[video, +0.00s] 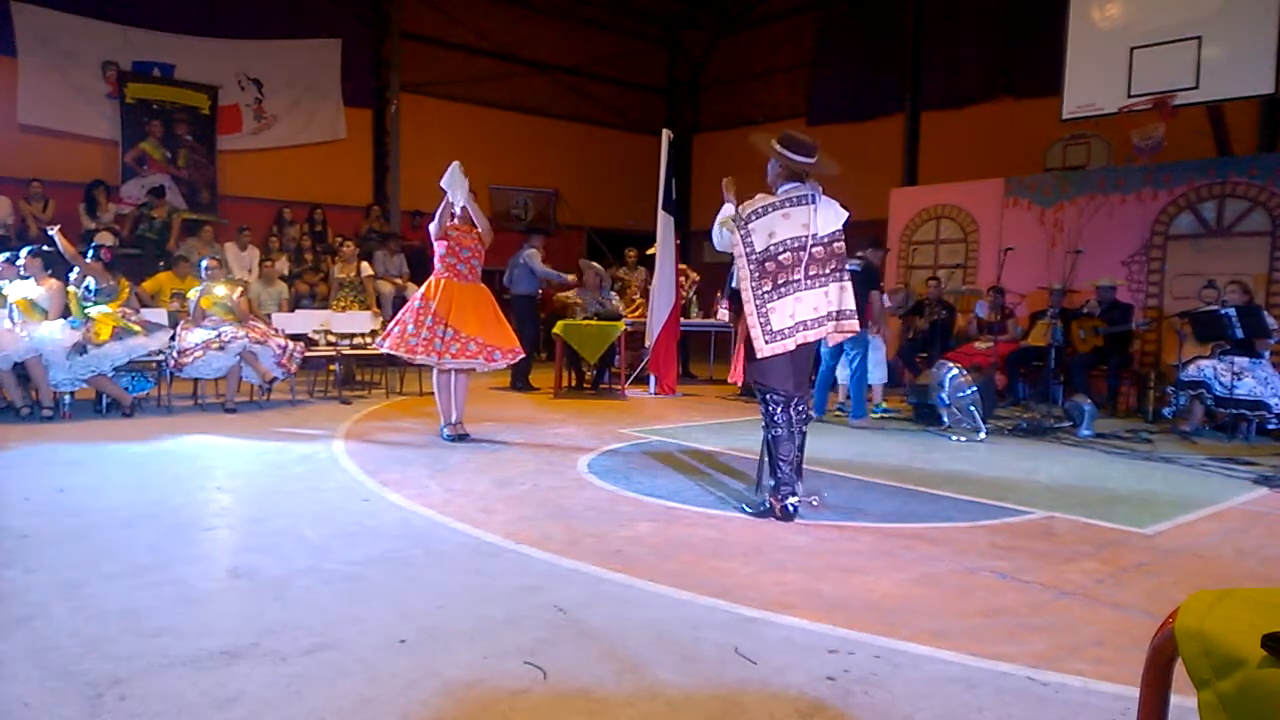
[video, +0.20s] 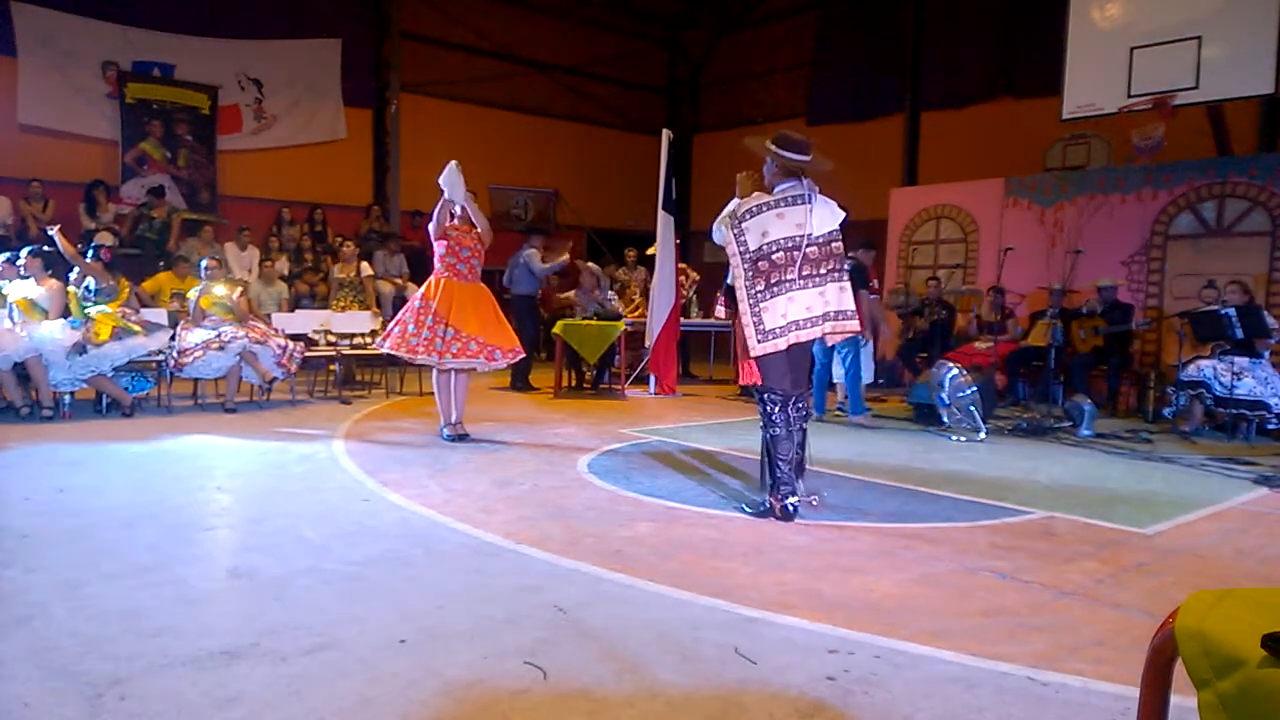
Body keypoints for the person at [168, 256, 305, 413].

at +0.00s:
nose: (210, 273)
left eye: (214, 269)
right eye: (206, 269)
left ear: (223, 270)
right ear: (201, 273)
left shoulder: (236, 289)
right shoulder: (197, 293)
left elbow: (245, 317)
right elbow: (196, 321)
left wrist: (233, 303)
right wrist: (201, 299)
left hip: (233, 328)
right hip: (207, 330)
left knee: (236, 357)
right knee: (238, 342)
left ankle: (230, 400)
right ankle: (264, 374)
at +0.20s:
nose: (209, 273)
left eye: (213, 269)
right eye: (205, 269)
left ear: (222, 270)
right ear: (201, 272)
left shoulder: (235, 289)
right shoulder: (196, 293)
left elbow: (244, 317)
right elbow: (197, 321)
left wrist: (233, 303)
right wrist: (200, 297)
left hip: (233, 328)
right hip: (207, 330)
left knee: (236, 358)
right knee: (238, 342)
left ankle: (229, 401)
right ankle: (264, 375)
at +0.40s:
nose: (209, 273)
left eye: (213, 269)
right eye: (205, 269)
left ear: (222, 270)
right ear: (201, 272)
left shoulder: (235, 289)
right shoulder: (196, 293)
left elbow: (245, 317)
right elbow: (197, 321)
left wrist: (233, 304)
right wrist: (199, 298)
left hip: (234, 328)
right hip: (208, 330)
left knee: (236, 358)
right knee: (239, 342)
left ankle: (230, 401)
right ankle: (265, 375)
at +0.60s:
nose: (209, 273)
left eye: (213, 269)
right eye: (205, 269)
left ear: (222, 270)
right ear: (201, 272)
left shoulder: (235, 289)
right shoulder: (196, 293)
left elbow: (245, 316)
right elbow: (196, 321)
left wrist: (233, 304)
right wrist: (199, 297)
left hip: (234, 328)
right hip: (208, 330)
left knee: (236, 358)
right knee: (239, 341)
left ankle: (229, 401)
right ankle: (265, 375)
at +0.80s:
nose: (208, 273)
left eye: (212, 269)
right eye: (205, 269)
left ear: (222, 270)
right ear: (201, 272)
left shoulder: (235, 289)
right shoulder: (196, 293)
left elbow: (246, 316)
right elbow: (196, 321)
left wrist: (233, 304)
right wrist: (197, 295)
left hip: (233, 327)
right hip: (208, 329)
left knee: (236, 358)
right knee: (239, 342)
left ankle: (229, 400)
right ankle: (265, 375)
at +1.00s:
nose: (208, 273)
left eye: (212, 269)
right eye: (204, 269)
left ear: (221, 270)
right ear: (200, 272)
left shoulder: (235, 289)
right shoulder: (196, 293)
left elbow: (246, 314)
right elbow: (194, 320)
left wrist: (233, 303)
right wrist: (197, 295)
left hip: (233, 327)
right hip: (208, 329)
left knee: (236, 358)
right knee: (239, 342)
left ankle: (229, 401)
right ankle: (264, 375)